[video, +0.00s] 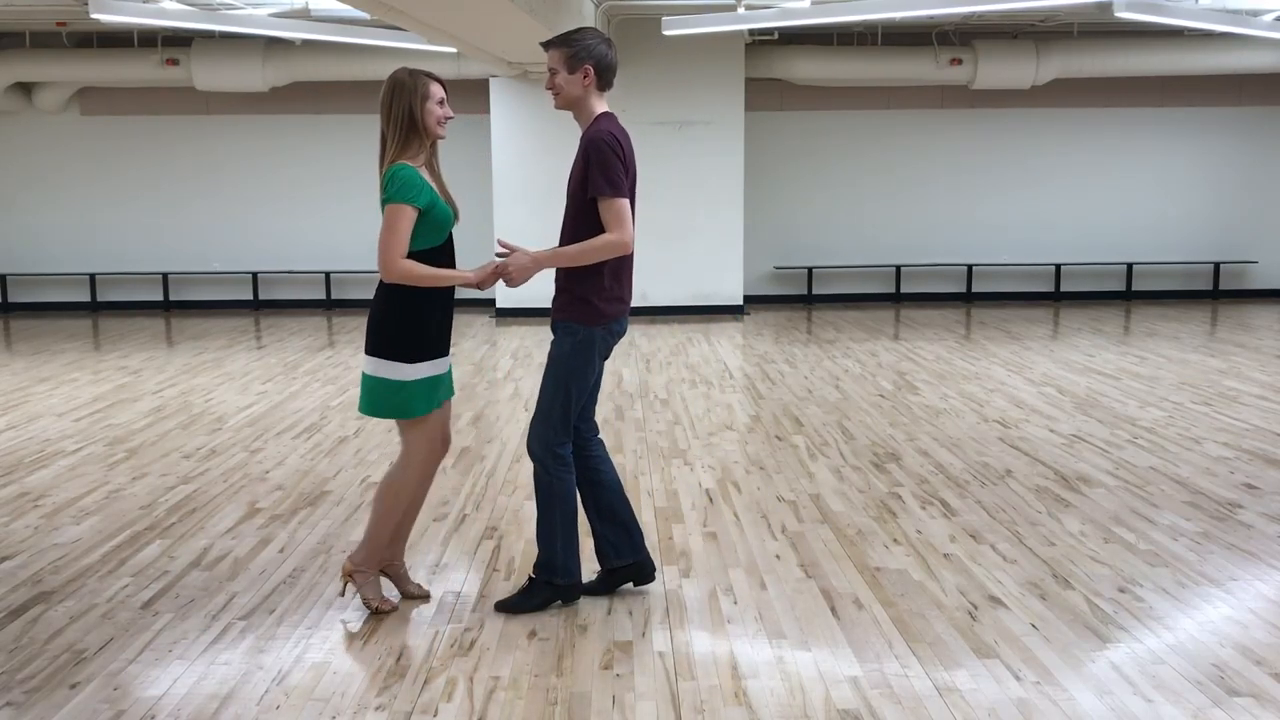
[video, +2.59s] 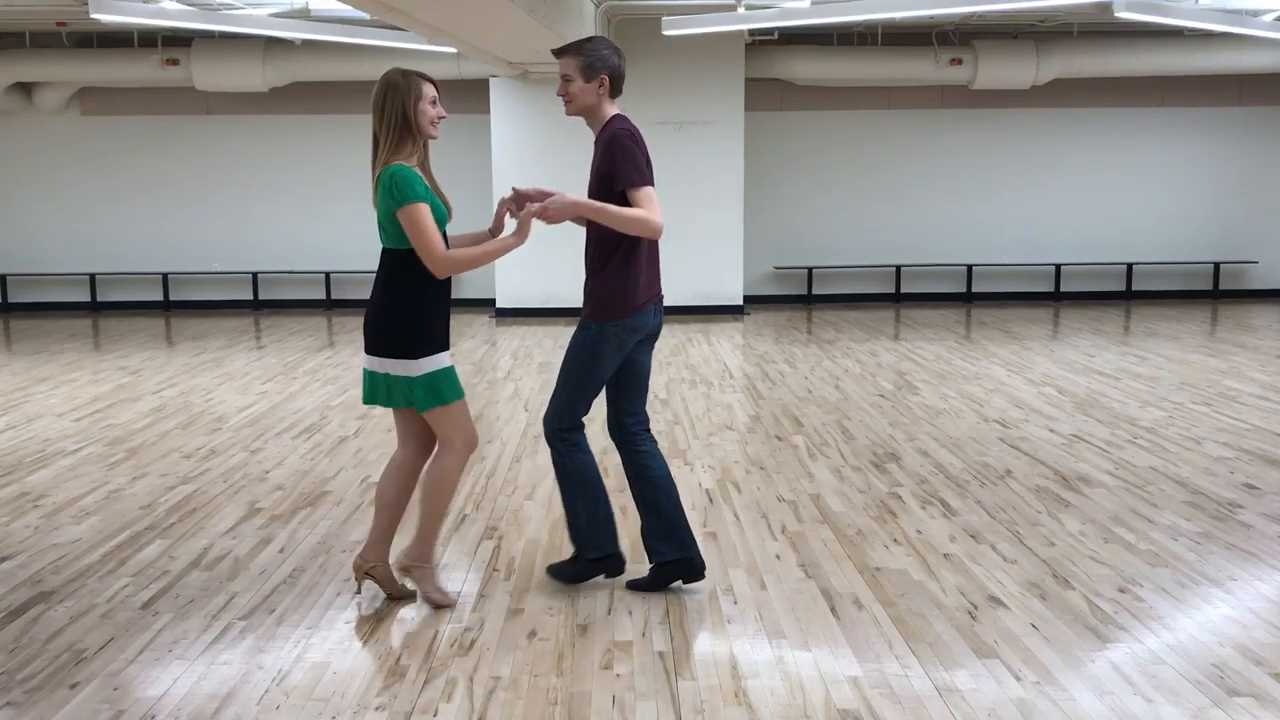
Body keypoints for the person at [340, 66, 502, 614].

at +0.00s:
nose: (448, 111)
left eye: (446, 103)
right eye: (438, 103)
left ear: (427, 111)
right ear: (413, 110)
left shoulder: (423, 173)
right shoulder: (406, 178)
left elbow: (417, 260)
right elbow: (391, 266)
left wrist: (470, 274)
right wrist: (465, 277)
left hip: (426, 332)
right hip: (405, 335)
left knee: (436, 442)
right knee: (421, 446)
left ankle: (392, 555)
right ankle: (364, 562)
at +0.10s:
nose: (452, 111)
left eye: (450, 102)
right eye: (442, 102)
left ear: (427, 110)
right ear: (415, 110)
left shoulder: (424, 174)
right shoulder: (408, 179)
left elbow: (425, 263)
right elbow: (406, 269)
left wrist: (482, 270)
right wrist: (477, 274)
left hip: (412, 335)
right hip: (415, 339)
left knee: (414, 447)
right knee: (452, 448)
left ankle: (388, 561)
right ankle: (385, 553)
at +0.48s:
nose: (475, 111)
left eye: (473, 102)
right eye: (465, 103)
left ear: (458, 112)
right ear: (439, 110)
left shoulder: (450, 174)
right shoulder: (431, 178)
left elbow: (466, 253)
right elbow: (448, 266)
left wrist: (522, 234)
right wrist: (519, 241)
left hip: (458, 325)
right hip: (448, 328)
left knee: (465, 445)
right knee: (473, 443)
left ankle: (403, 550)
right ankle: (455, 565)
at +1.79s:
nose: (450, 113)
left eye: (447, 104)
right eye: (439, 105)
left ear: (428, 113)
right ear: (412, 114)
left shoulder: (426, 176)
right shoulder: (403, 180)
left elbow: (435, 263)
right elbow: (405, 273)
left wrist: (486, 271)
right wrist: (478, 275)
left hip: (430, 332)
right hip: (421, 338)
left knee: (437, 446)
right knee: (465, 445)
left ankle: (411, 560)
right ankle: (405, 550)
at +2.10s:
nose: (432, 113)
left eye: (430, 104)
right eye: (422, 105)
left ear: (409, 114)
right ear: (396, 113)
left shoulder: (410, 177)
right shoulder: (388, 180)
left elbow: (410, 263)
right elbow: (369, 267)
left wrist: (460, 265)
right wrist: (443, 277)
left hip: (414, 334)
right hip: (386, 336)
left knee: (446, 442)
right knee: (382, 452)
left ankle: (410, 554)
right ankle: (337, 567)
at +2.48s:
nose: (436, 111)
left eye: (433, 102)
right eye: (426, 103)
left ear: (412, 111)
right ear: (400, 113)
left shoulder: (408, 175)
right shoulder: (395, 178)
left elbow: (429, 261)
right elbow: (417, 268)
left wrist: (487, 245)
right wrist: (489, 255)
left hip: (395, 335)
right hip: (404, 339)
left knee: (409, 446)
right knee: (443, 446)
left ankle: (372, 557)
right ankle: (376, 555)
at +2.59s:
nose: (442, 111)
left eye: (439, 102)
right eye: (431, 103)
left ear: (409, 113)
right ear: (405, 112)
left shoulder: (409, 174)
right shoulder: (403, 177)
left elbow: (437, 246)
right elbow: (440, 263)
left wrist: (493, 229)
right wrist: (510, 244)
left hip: (398, 330)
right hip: (412, 334)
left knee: (415, 444)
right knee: (460, 440)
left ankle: (374, 556)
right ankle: (420, 557)